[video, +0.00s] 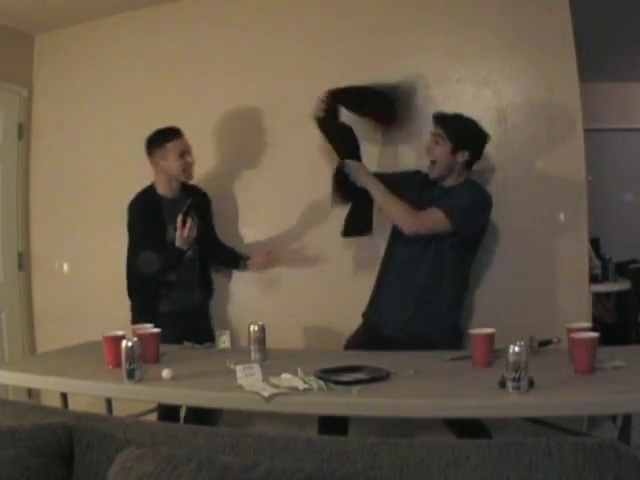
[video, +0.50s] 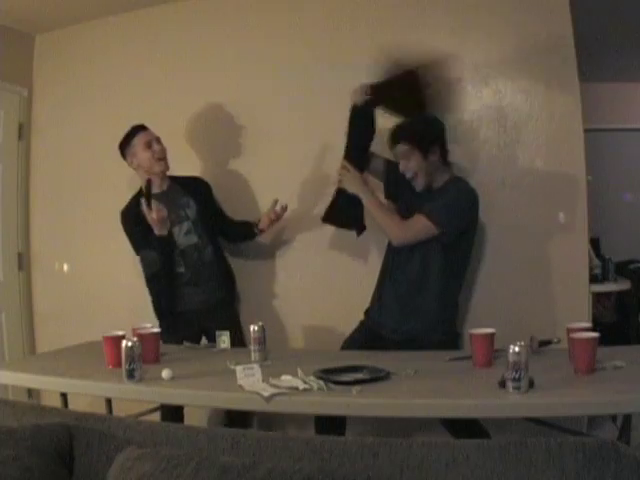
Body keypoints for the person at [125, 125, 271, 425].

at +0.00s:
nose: (189, 159)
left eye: (188, 153)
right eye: (180, 155)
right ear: (157, 164)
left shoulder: (198, 199)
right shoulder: (142, 206)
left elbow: (210, 248)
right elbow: (144, 267)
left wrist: (245, 261)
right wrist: (179, 247)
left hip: (196, 311)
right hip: (158, 316)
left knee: (206, 391)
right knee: (169, 394)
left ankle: (198, 456)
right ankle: (167, 459)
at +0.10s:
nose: (196, 159)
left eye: (195, 152)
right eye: (187, 155)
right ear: (164, 163)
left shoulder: (202, 197)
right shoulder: (145, 204)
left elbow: (210, 246)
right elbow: (145, 268)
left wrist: (240, 267)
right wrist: (179, 248)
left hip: (194, 312)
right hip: (155, 316)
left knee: (201, 393)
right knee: (163, 394)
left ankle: (197, 455)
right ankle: (167, 457)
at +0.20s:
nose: (188, 154)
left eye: (187, 147)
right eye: (179, 150)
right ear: (156, 159)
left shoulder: (200, 196)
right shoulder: (141, 206)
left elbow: (215, 245)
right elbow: (146, 273)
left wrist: (247, 256)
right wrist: (175, 245)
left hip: (198, 311)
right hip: (158, 315)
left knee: (208, 390)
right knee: (161, 393)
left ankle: (193, 450)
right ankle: (165, 453)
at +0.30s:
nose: (174, 151)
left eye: (172, 144)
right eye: (165, 147)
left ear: (174, 147)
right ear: (143, 160)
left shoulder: (196, 195)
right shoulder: (135, 211)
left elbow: (216, 242)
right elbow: (147, 270)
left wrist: (251, 248)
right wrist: (168, 245)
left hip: (206, 311)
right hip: (164, 318)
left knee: (217, 392)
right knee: (168, 395)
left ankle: (198, 451)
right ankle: (168, 456)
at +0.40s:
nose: (164, 147)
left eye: (162, 141)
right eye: (154, 144)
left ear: (166, 147)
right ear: (134, 159)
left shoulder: (193, 191)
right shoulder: (132, 212)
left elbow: (216, 236)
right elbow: (151, 269)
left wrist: (252, 241)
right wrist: (164, 239)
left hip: (213, 308)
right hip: (172, 317)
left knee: (229, 387)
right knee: (172, 395)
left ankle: (208, 450)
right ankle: (169, 456)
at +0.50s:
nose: (160, 148)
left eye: (159, 142)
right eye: (149, 145)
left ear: (165, 149)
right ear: (133, 162)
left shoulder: (196, 188)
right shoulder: (134, 213)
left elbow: (224, 229)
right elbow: (154, 268)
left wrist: (257, 227)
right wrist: (161, 233)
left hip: (219, 301)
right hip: (176, 311)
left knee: (237, 379)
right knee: (173, 387)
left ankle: (238, 451)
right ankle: (170, 456)